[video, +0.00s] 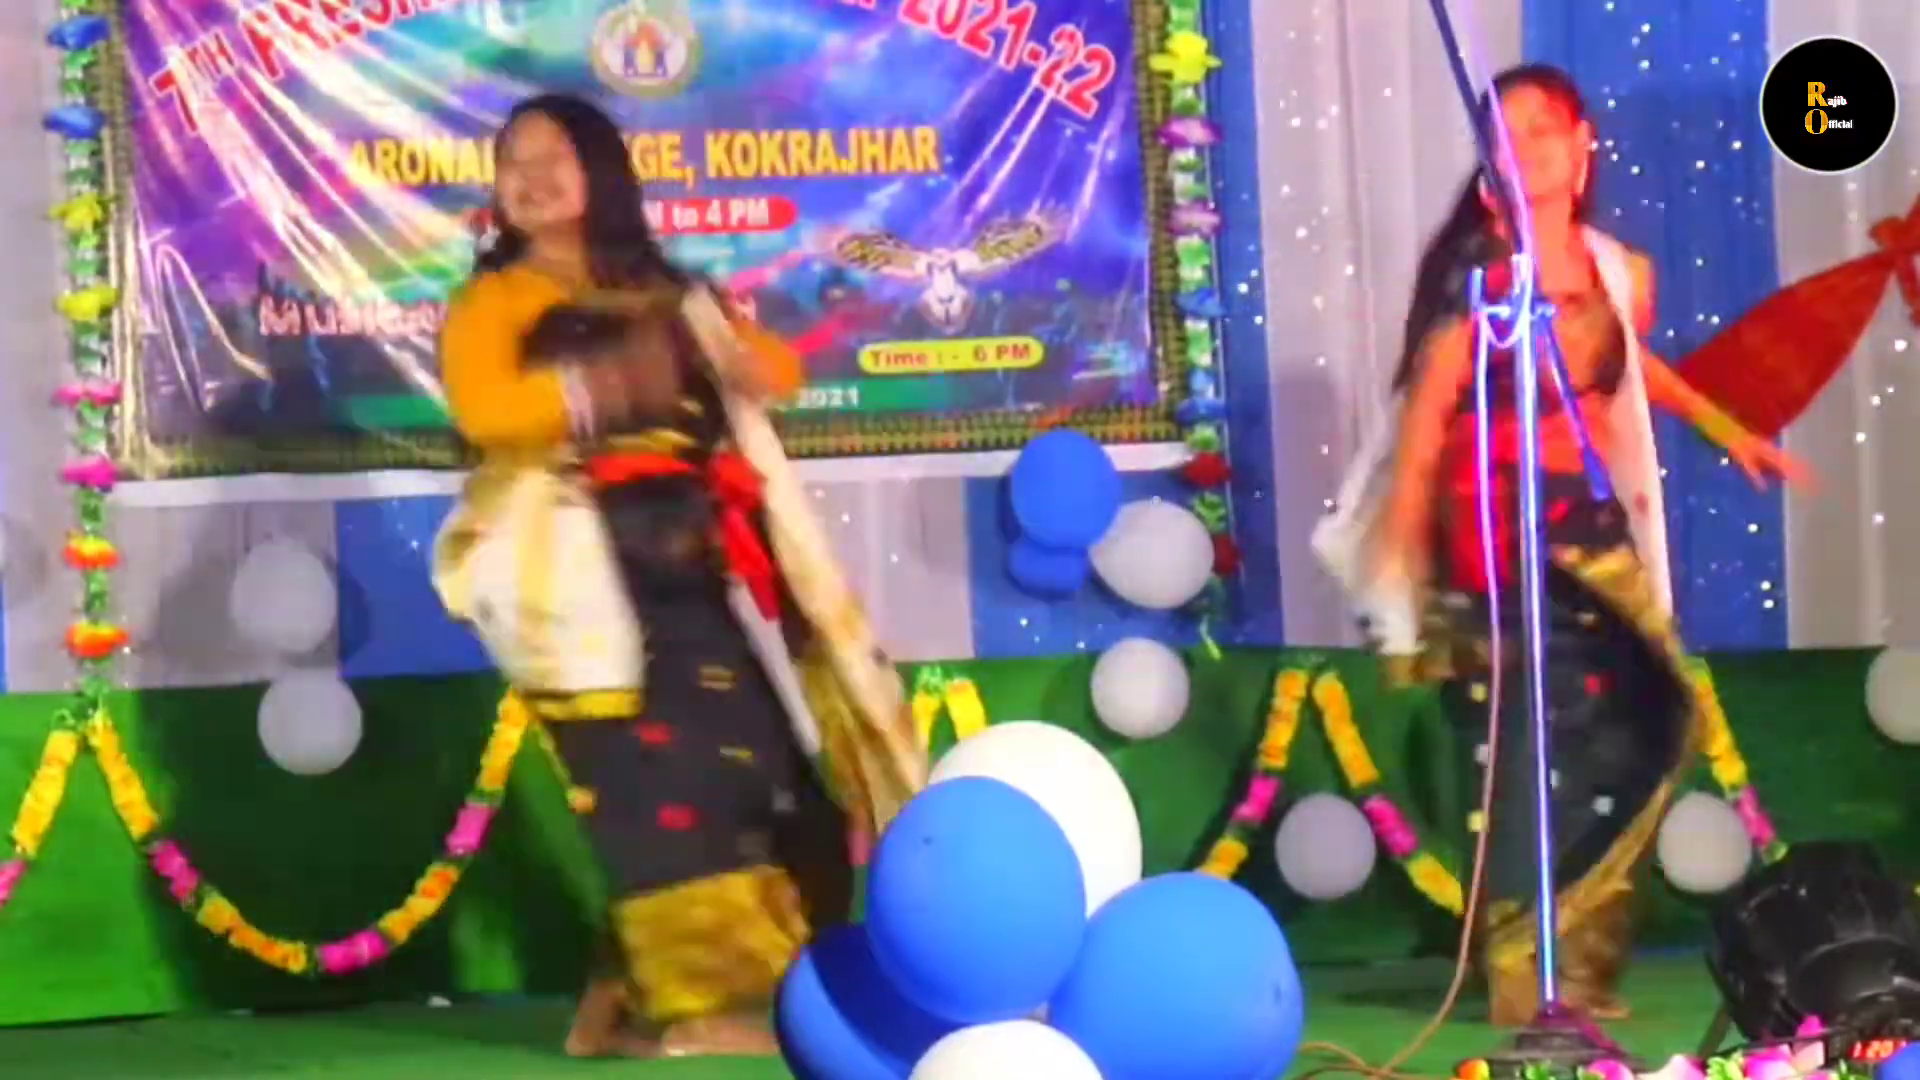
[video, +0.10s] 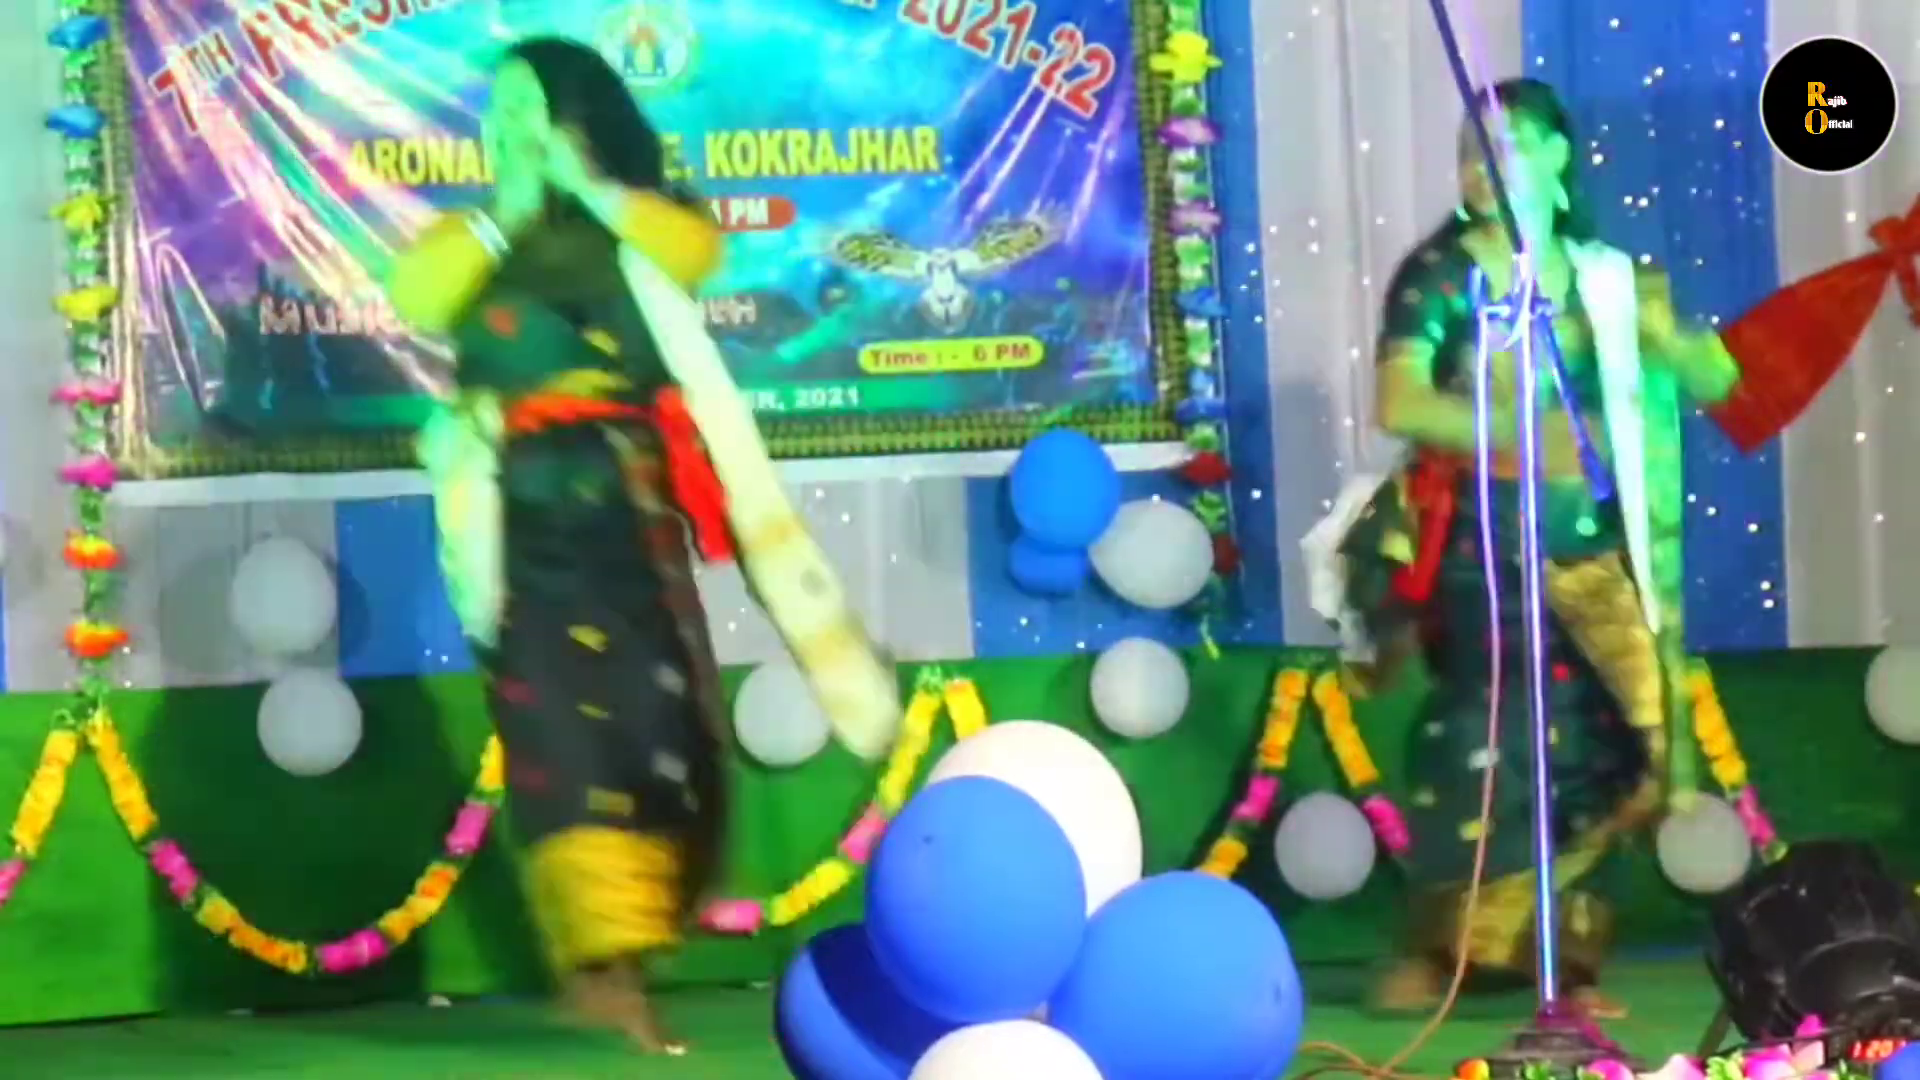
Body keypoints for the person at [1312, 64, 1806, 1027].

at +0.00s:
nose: (1524, 151)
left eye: (1541, 131)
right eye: (1506, 137)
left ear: (1584, 147)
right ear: (1486, 162)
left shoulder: (1619, 269)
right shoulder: (1472, 276)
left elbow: (1627, 365)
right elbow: (1429, 409)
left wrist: (1727, 432)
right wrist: (1401, 539)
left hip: (1593, 525)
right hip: (1490, 536)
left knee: (1645, 728)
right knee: (1525, 748)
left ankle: (1569, 970)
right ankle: (1530, 976)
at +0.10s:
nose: (1492, 167)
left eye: (1514, 149)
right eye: (1481, 148)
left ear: (1560, 162)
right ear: (1462, 161)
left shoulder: (1606, 272)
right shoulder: (1435, 274)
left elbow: (1715, 379)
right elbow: (1401, 404)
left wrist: (1664, 337)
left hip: (1593, 552)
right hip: (1481, 557)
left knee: (1644, 744)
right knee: (1480, 743)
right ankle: (1446, 951)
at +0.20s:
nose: (1465, 147)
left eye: (1484, 128)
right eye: (1453, 129)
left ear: (1532, 132)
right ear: (1440, 135)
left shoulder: (1584, 226)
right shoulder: (1421, 245)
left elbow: (1697, 343)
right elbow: (1391, 379)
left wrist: (1617, 244)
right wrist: (1482, 297)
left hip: (1576, 525)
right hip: (1458, 528)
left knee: (1592, 729)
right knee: (1434, 726)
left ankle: (1561, 941)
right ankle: (1381, 927)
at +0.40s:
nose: (1411, 152)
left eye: (1430, 132)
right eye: (1401, 135)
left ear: (1481, 133)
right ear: (1393, 144)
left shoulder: (1550, 232)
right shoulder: (1386, 258)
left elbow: (1596, 344)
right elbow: (1339, 405)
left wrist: (1516, 304)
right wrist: (1409, 315)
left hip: (1543, 509)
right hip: (1423, 510)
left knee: (1539, 725)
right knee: (1389, 723)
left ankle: (1588, 944)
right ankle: (1379, 952)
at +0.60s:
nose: (1373, 171)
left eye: (1394, 155)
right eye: (1367, 154)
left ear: (1447, 167)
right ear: (1361, 168)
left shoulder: (1486, 267)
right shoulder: (1364, 291)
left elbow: (1572, 363)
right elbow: (1314, 410)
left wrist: (1648, 442)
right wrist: (1260, 506)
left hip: (1495, 544)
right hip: (1391, 549)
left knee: (1521, 758)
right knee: (1371, 759)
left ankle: (1595, 959)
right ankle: (1382, 958)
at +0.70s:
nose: (1369, 139)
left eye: (1390, 120)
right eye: (1360, 121)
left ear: (1439, 130)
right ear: (1352, 133)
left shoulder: (1475, 219)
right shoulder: (1362, 250)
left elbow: (1598, 259)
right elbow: (1299, 282)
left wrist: (1743, 281)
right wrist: (1243, 300)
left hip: (1502, 503)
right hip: (1400, 509)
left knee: (1556, 715)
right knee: (1441, 728)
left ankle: (1610, 935)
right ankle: (1390, 955)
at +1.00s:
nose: (1496, 174)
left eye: (1506, 155)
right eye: (1473, 159)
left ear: (1526, 159)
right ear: (1429, 176)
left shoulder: (1582, 239)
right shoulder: (1403, 289)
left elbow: (1708, 246)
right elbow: (1250, 326)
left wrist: (1832, 224)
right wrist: (1170, 255)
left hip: (1597, 525)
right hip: (1483, 533)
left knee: (1617, 741)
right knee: (1464, 739)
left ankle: (1582, 962)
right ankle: (1379, 938)